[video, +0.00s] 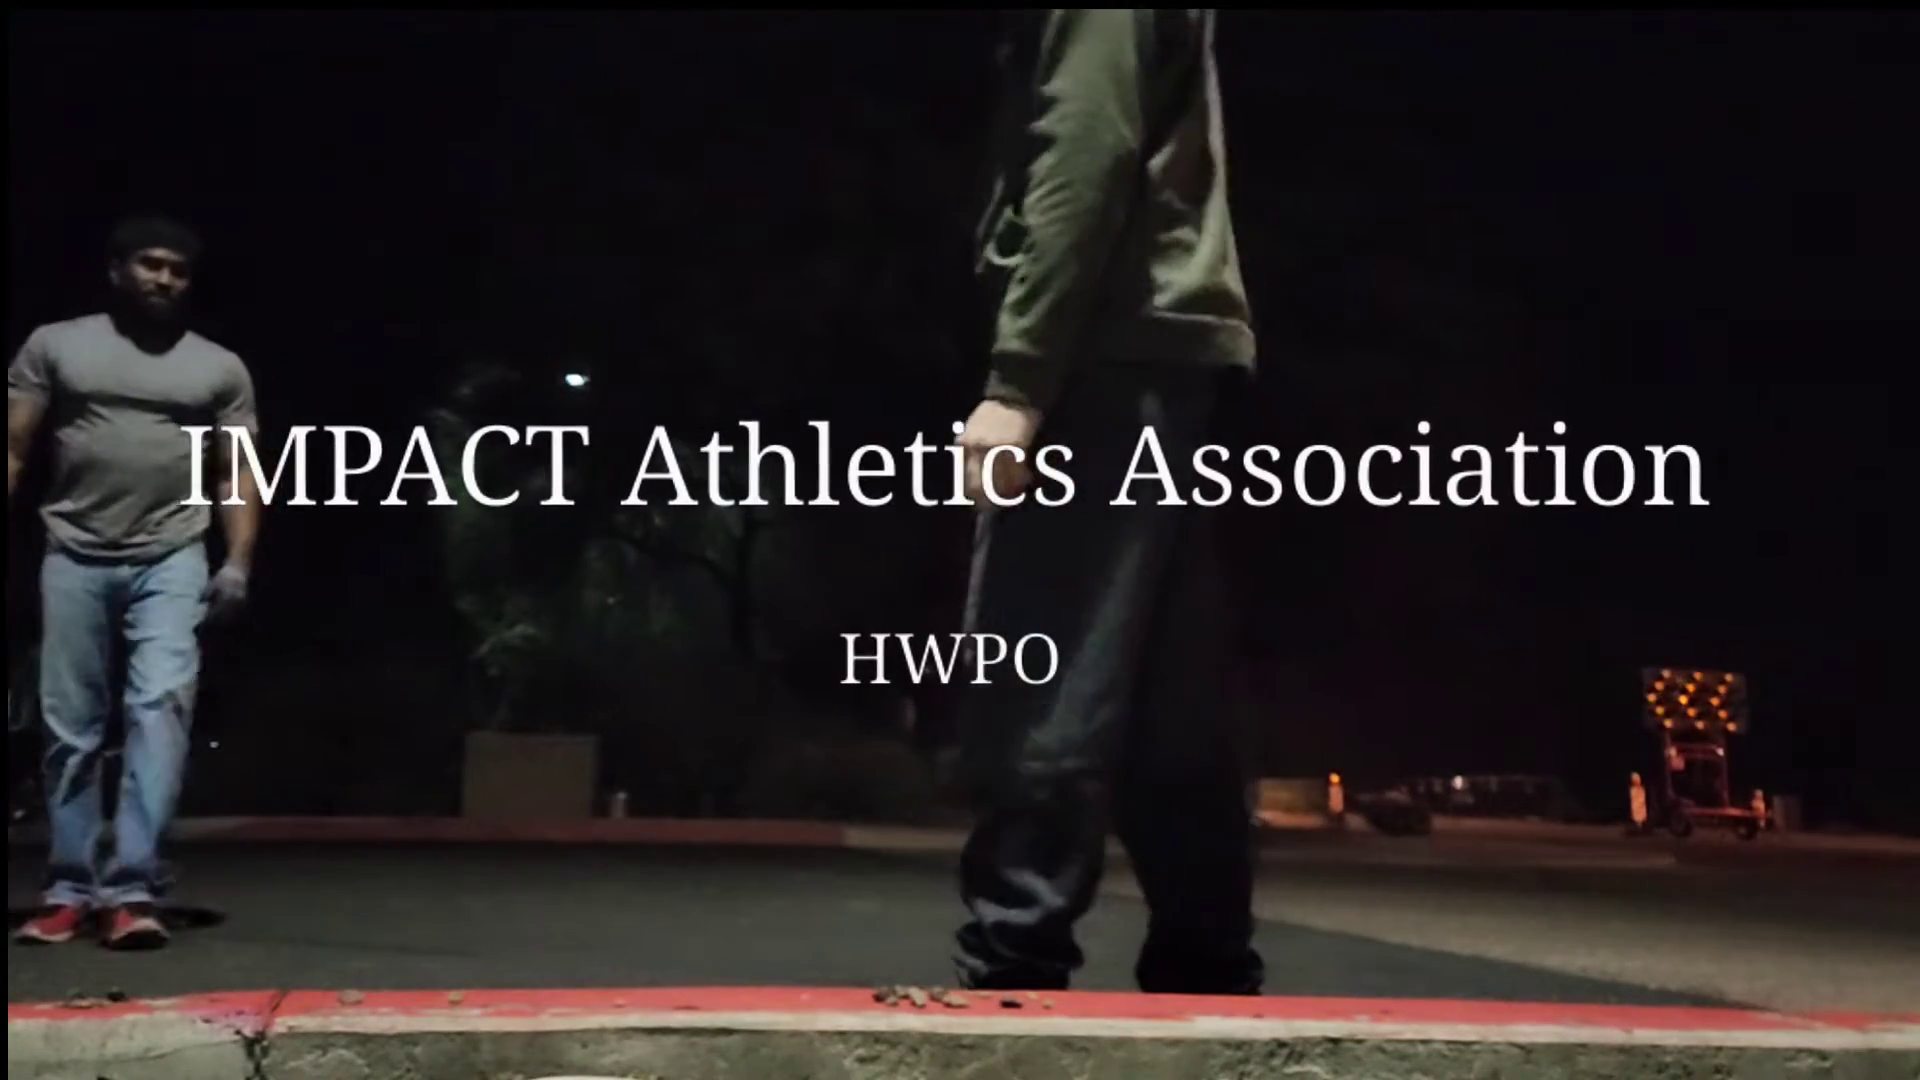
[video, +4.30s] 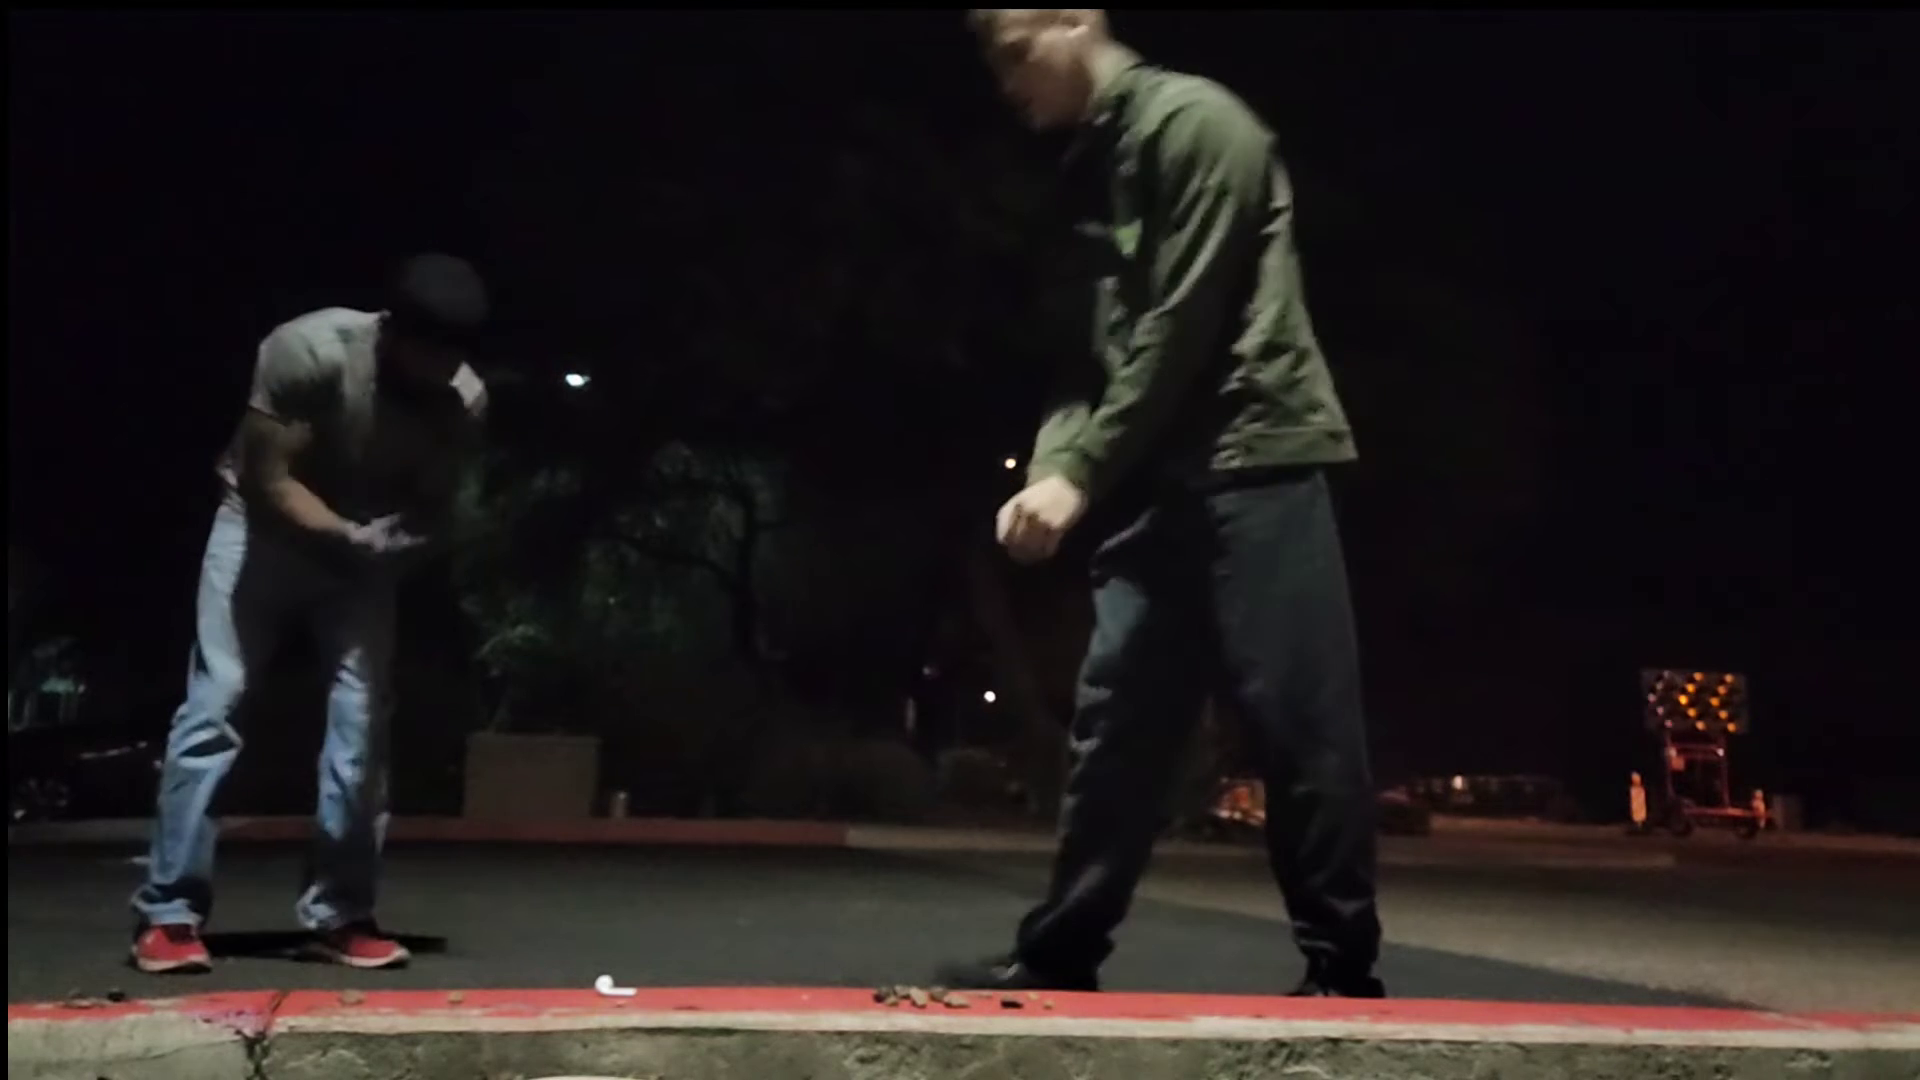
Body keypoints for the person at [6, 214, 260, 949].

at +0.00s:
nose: (162, 281)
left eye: (175, 270)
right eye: (148, 266)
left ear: (191, 282)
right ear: (116, 271)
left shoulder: (222, 372)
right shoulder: (55, 349)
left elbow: (242, 478)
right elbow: (14, 453)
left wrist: (238, 559)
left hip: (173, 560)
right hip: (74, 558)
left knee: (159, 705)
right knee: (71, 725)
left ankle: (131, 891)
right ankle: (70, 890)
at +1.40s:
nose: (198, 206)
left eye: (211, 193)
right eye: (180, 189)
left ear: (226, 205)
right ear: (143, 195)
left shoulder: (246, 307)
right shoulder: (83, 279)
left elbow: (260, 425)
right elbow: (40, 399)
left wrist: (281, 532)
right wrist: (49, 511)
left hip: (215, 529)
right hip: (107, 518)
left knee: (243, 709)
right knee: (65, 707)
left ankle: (258, 903)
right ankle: (40, 911)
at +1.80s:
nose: (296, 221)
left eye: (309, 210)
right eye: (280, 204)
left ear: (320, 224)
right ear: (239, 209)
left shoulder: (340, 323)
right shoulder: (178, 290)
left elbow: (360, 435)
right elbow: (141, 412)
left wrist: (388, 528)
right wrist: (155, 527)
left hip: (305, 539)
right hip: (204, 525)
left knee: (291, 716)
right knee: (134, 711)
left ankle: (265, 907)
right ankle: (54, 908)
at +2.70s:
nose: (368, 244)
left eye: (382, 234)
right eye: (354, 226)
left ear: (392, 245)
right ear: (315, 222)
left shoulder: (392, 340)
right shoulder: (240, 290)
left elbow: (417, 449)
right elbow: (181, 385)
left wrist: (488, 516)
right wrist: (177, 437)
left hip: (325, 544)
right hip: (233, 527)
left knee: (303, 716)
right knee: (200, 705)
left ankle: (264, 905)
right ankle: (168, 909)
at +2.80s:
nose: (361, 250)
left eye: (373, 238)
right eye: (347, 232)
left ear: (384, 243)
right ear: (304, 224)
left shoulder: (384, 333)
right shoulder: (231, 288)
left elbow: (382, 440)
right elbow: (201, 400)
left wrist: (449, 492)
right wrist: (264, 450)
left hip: (322, 544)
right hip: (229, 533)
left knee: (301, 717)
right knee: (195, 712)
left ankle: (269, 907)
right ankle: (167, 913)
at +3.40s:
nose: (325, 319)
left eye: (338, 304)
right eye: (313, 300)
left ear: (347, 304)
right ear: (280, 290)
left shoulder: (351, 365)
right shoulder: (193, 325)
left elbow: (330, 480)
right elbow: (155, 448)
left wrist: (357, 500)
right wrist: (222, 504)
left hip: (263, 538)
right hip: (161, 530)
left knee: (268, 719)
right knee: (150, 717)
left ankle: (266, 905)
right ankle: (162, 912)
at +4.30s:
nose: (440, 363)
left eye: (451, 350)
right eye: (430, 345)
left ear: (461, 347)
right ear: (396, 331)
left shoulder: (461, 402)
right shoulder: (307, 352)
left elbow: (441, 512)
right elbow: (267, 477)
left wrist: (407, 535)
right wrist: (347, 531)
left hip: (361, 549)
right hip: (260, 530)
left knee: (362, 716)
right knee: (222, 696)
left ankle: (341, 916)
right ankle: (169, 913)